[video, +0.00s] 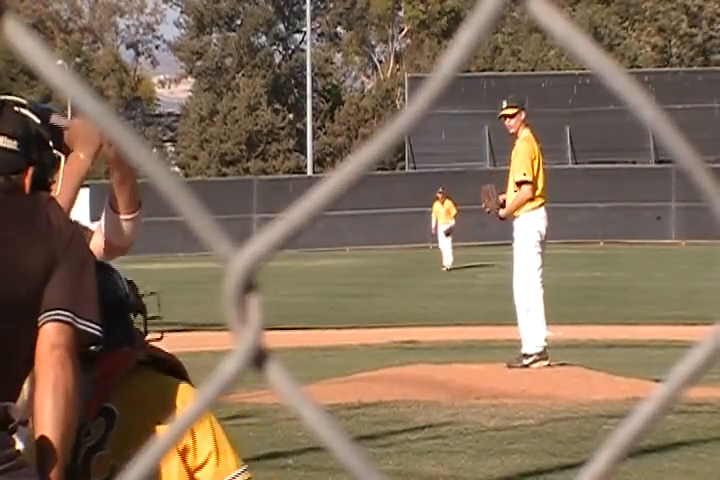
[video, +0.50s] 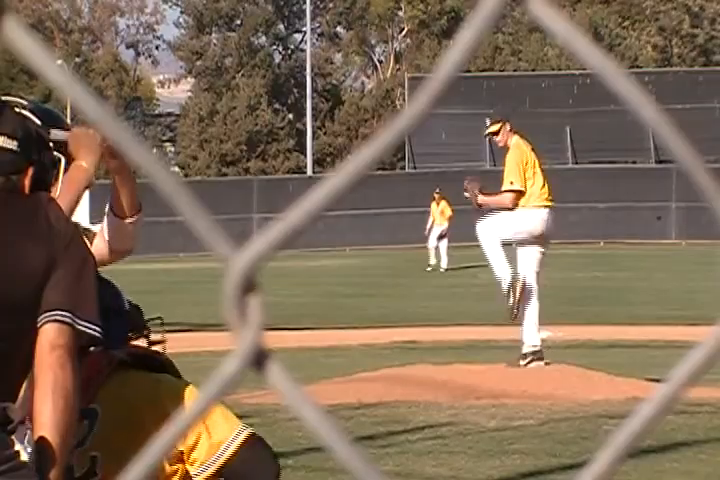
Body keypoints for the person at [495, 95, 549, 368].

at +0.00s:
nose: (508, 122)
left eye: (512, 116)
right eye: (505, 118)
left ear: (523, 116)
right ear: (505, 121)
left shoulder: (524, 145)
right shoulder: (524, 142)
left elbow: (527, 189)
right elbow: (523, 182)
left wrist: (507, 210)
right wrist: (505, 198)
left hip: (530, 215)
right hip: (527, 213)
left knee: (527, 281)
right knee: (525, 281)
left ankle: (534, 346)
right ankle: (532, 345)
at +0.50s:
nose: (494, 139)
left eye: (496, 133)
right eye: (492, 136)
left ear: (508, 128)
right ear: (501, 133)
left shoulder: (516, 150)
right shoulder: (520, 148)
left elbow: (509, 199)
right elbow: (512, 196)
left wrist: (480, 199)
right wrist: (483, 199)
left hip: (531, 214)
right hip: (538, 213)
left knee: (484, 228)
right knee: (528, 282)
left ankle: (508, 282)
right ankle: (531, 346)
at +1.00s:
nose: (467, 208)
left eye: (466, 202)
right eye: (463, 205)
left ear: (474, 194)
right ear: (475, 194)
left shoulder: (486, 203)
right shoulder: (490, 198)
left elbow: (486, 242)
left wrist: (479, 276)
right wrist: (538, 260)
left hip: (542, 221)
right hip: (543, 219)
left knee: (516, 279)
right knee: (519, 279)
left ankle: (526, 347)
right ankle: (527, 345)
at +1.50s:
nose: (473, 235)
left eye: (477, 229)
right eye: (470, 231)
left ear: (487, 230)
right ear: (467, 236)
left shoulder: (505, 236)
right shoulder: (475, 262)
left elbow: (525, 247)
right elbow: (457, 281)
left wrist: (539, 255)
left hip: (520, 291)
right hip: (495, 293)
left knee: (509, 331)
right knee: (499, 330)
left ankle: (491, 384)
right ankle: (513, 356)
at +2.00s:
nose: (579, 187)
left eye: (582, 184)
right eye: (574, 182)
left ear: (585, 189)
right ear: (565, 185)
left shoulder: (576, 215)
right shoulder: (551, 204)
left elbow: (559, 240)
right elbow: (522, 235)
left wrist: (560, 255)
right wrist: (504, 273)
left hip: (528, 262)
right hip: (513, 246)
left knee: (505, 320)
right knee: (463, 274)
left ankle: (491, 380)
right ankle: (440, 243)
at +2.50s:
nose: (620, 149)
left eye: (623, 144)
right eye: (616, 144)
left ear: (625, 148)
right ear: (605, 145)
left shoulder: (619, 179)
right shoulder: (599, 173)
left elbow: (615, 229)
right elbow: (602, 218)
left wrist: (614, 260)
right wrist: (634, 214)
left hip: (605, 250)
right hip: (590, 247)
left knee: (610, 316)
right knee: (610, 313)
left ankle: (560, 346)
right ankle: (600, 381)